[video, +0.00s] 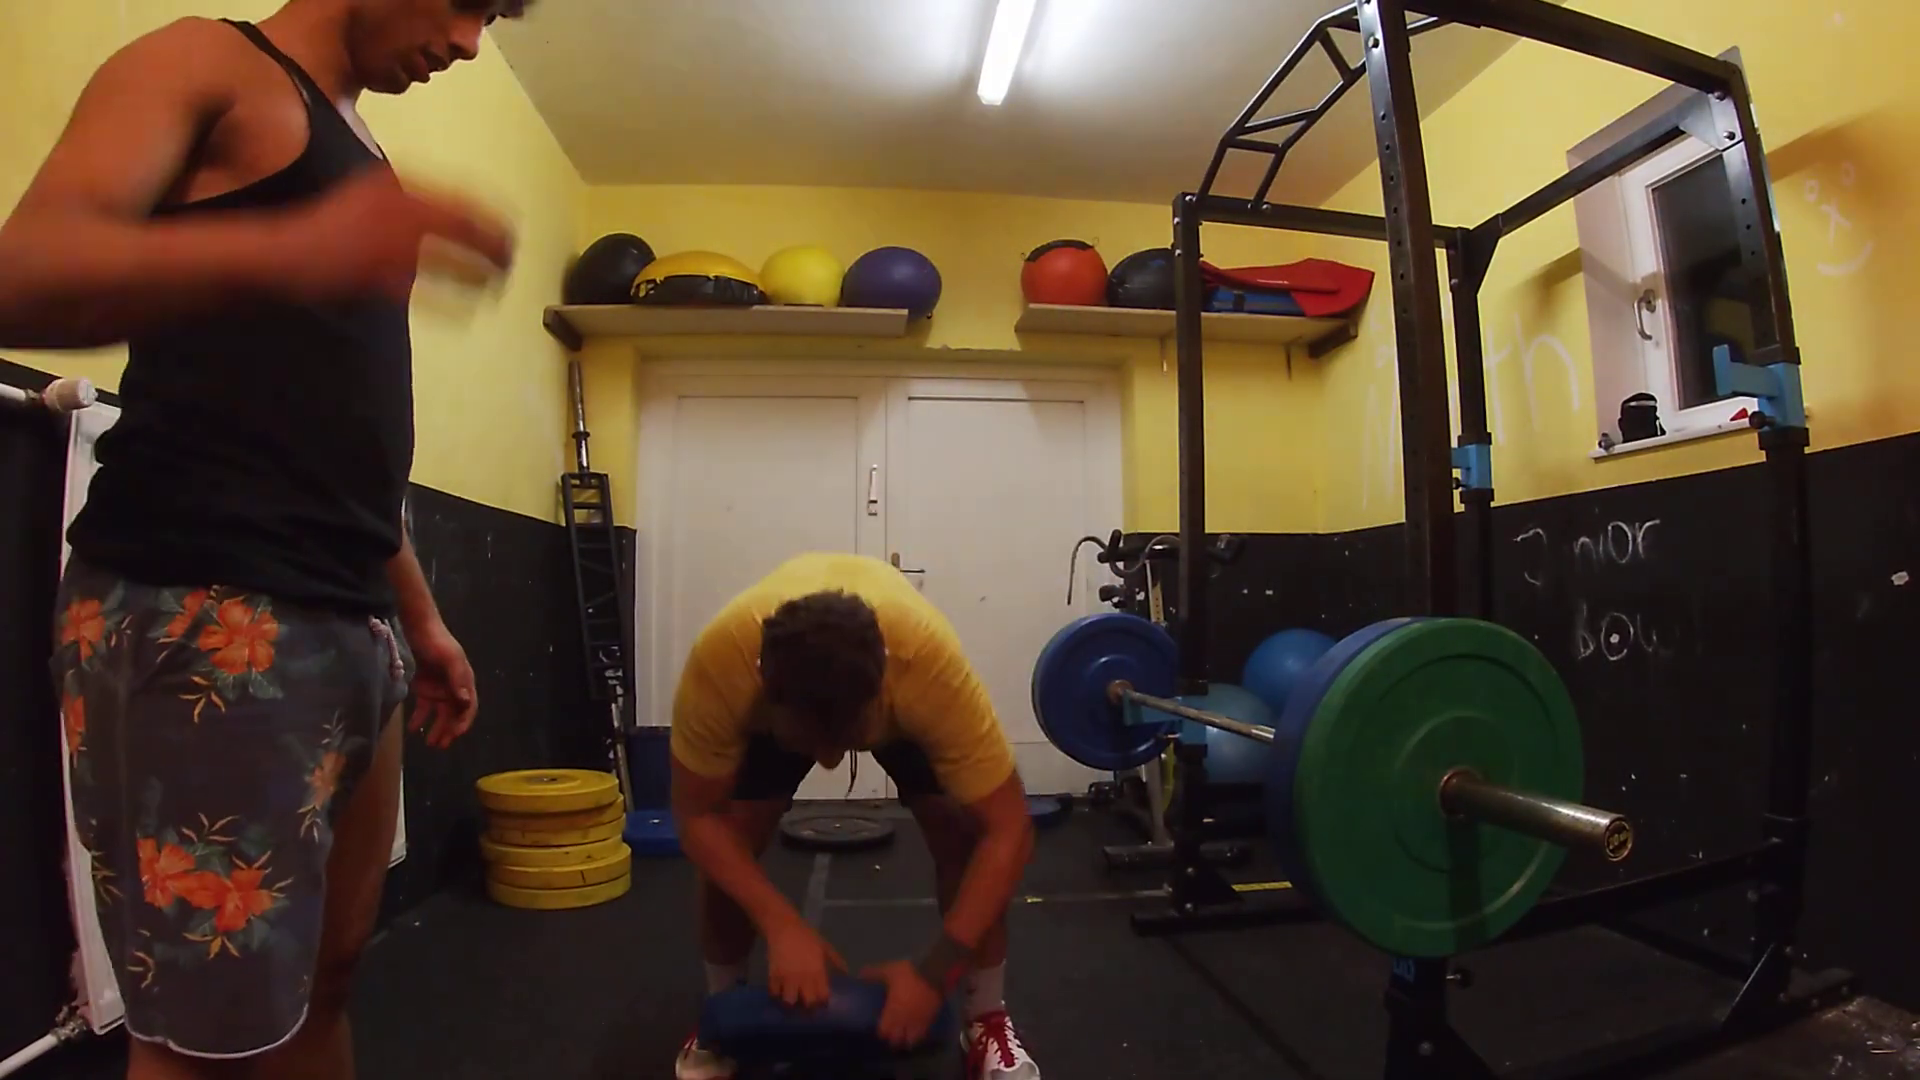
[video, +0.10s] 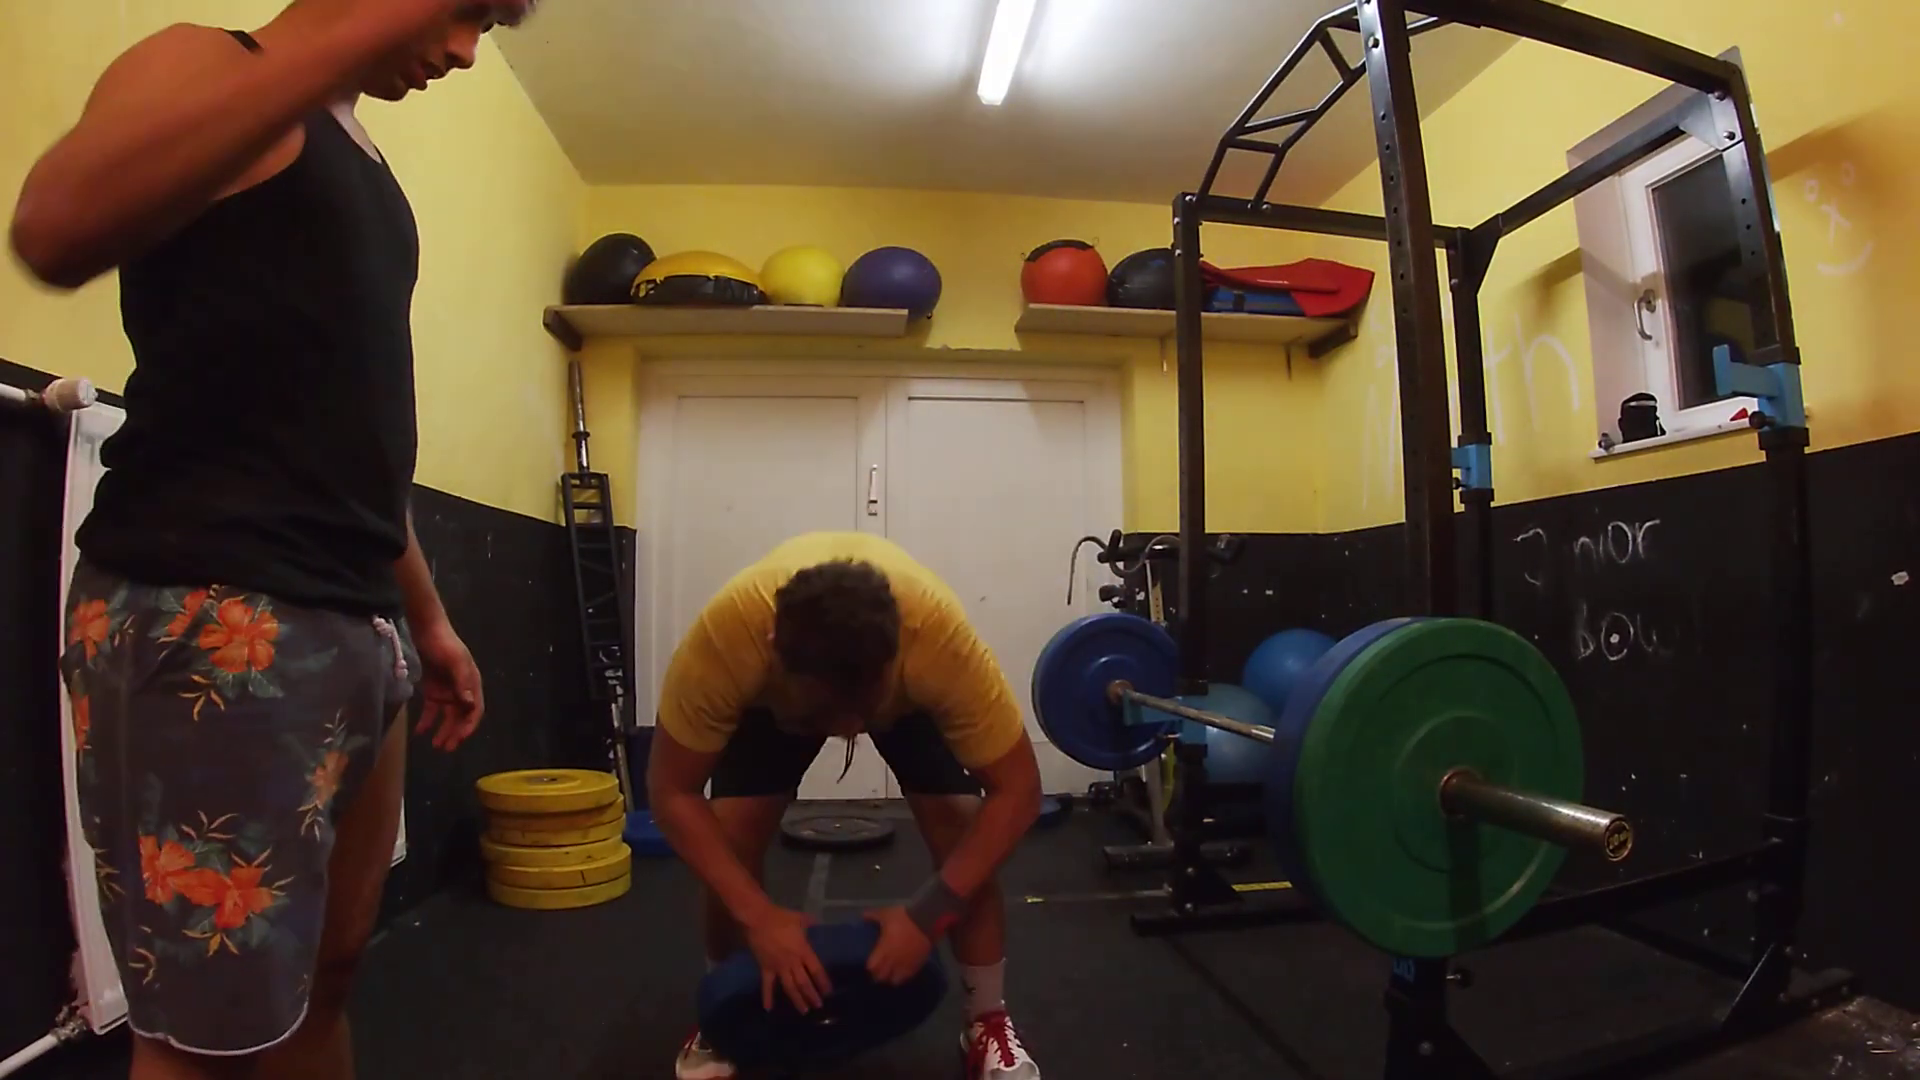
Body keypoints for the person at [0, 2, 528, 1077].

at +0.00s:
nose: (470, 43)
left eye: (488, 24)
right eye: (471, 8)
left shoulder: (363, 162)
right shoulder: (197, 61)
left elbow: (342, 422)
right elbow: (25, 271)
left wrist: (417, 614)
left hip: (347, 630)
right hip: (199, 622)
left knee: (318, 1000)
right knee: (201, 1039)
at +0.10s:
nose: (467, 52)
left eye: (485, 32)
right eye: (473, 18)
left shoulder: (355, 148)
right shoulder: (210, 62)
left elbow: (350, 415)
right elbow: (51, 231)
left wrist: (424, 614)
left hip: (355, 625)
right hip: (210, 615)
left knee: (321, 991)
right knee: (206, 1037)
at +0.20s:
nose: (459, 60)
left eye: (479, 38)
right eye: (463, 21)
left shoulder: (344, 143)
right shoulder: (226, 94)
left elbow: (356, 408)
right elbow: (136, 102)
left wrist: (430, 616)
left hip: (358, 620)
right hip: (214, 617)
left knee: (324, 989)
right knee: (207, 1032)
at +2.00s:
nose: (440, 71)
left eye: (463, 54)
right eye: (444, 30)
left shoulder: (353, 158)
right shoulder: (208, 76)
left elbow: (344, 401)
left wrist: (414, 600)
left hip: (357, 618)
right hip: (229, 616)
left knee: (323, 999)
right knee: (217, 1032)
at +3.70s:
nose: (357, 4)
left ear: (346, 20)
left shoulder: (263, 157)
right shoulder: (78, 22)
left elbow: (235, 430)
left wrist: (288, 641)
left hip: (186, 606)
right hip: (47, 592)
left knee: (147, 1009)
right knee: (140, 1044)